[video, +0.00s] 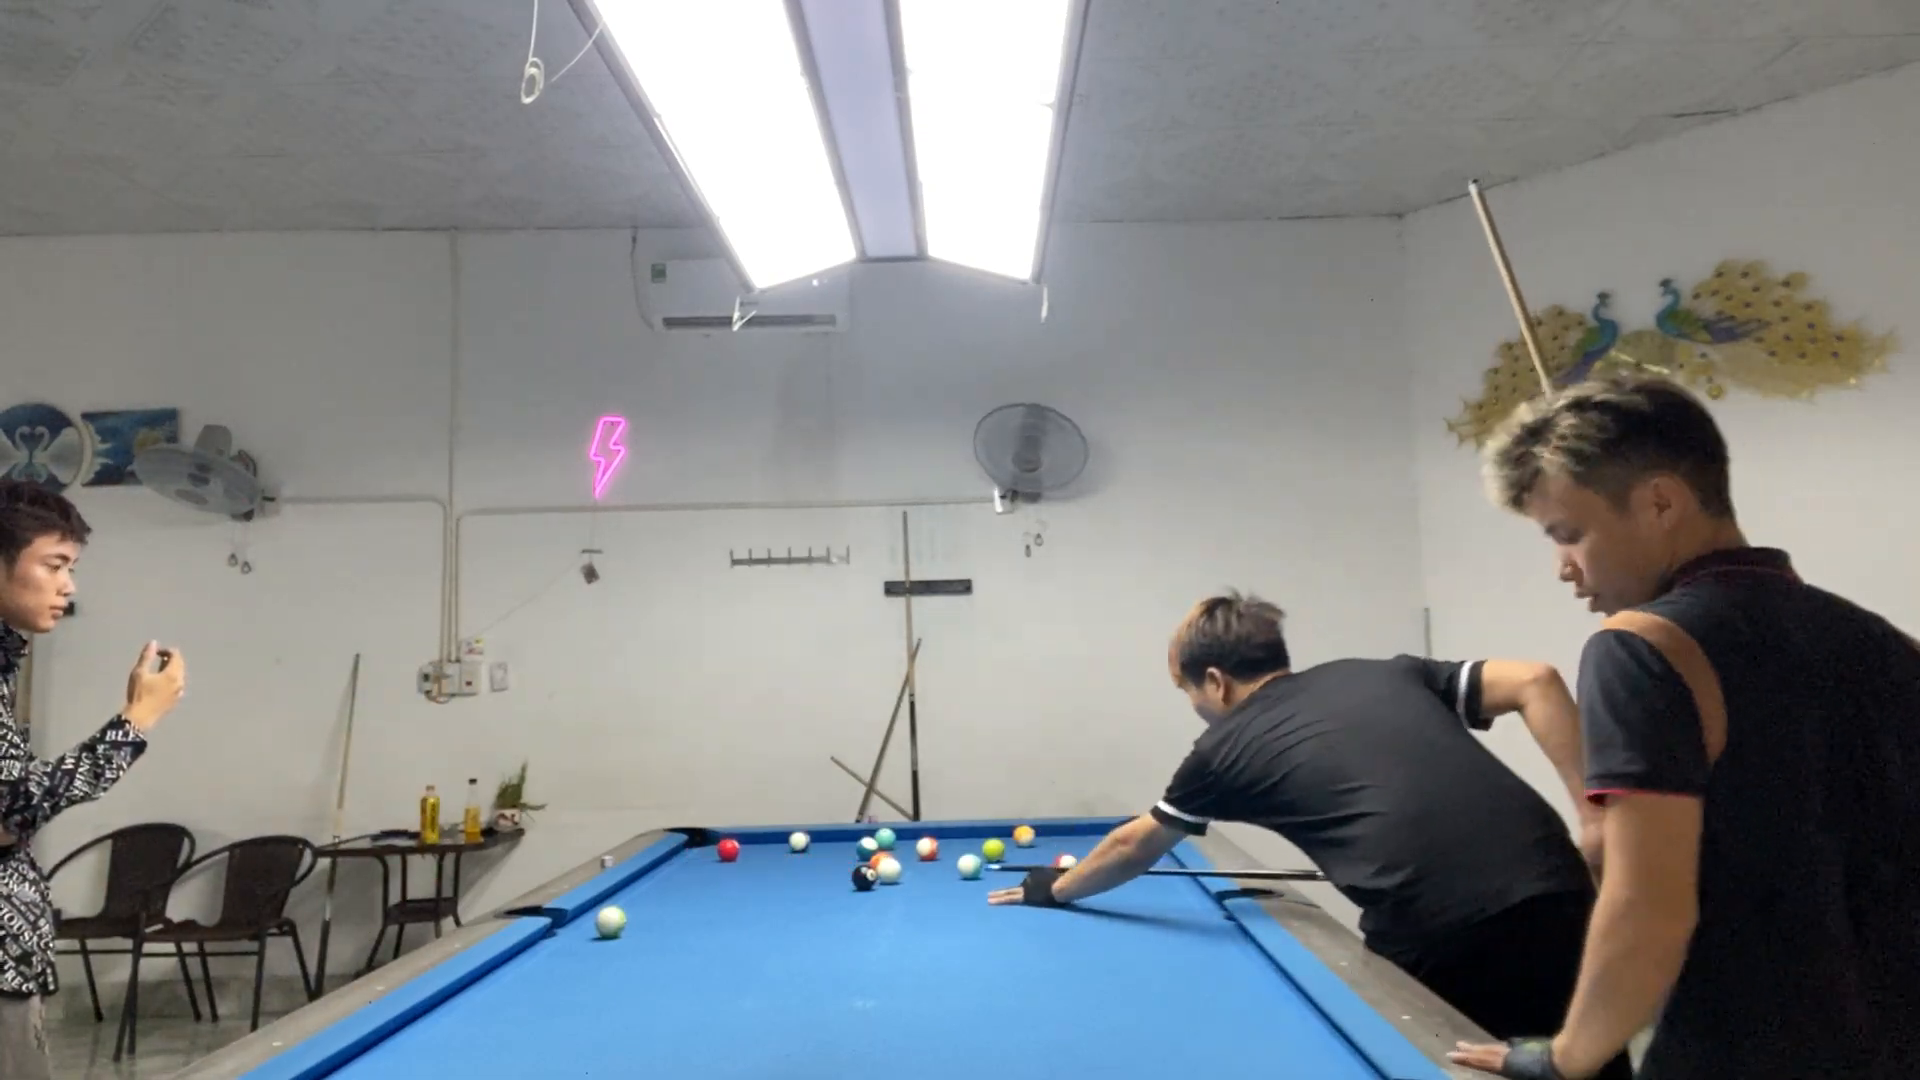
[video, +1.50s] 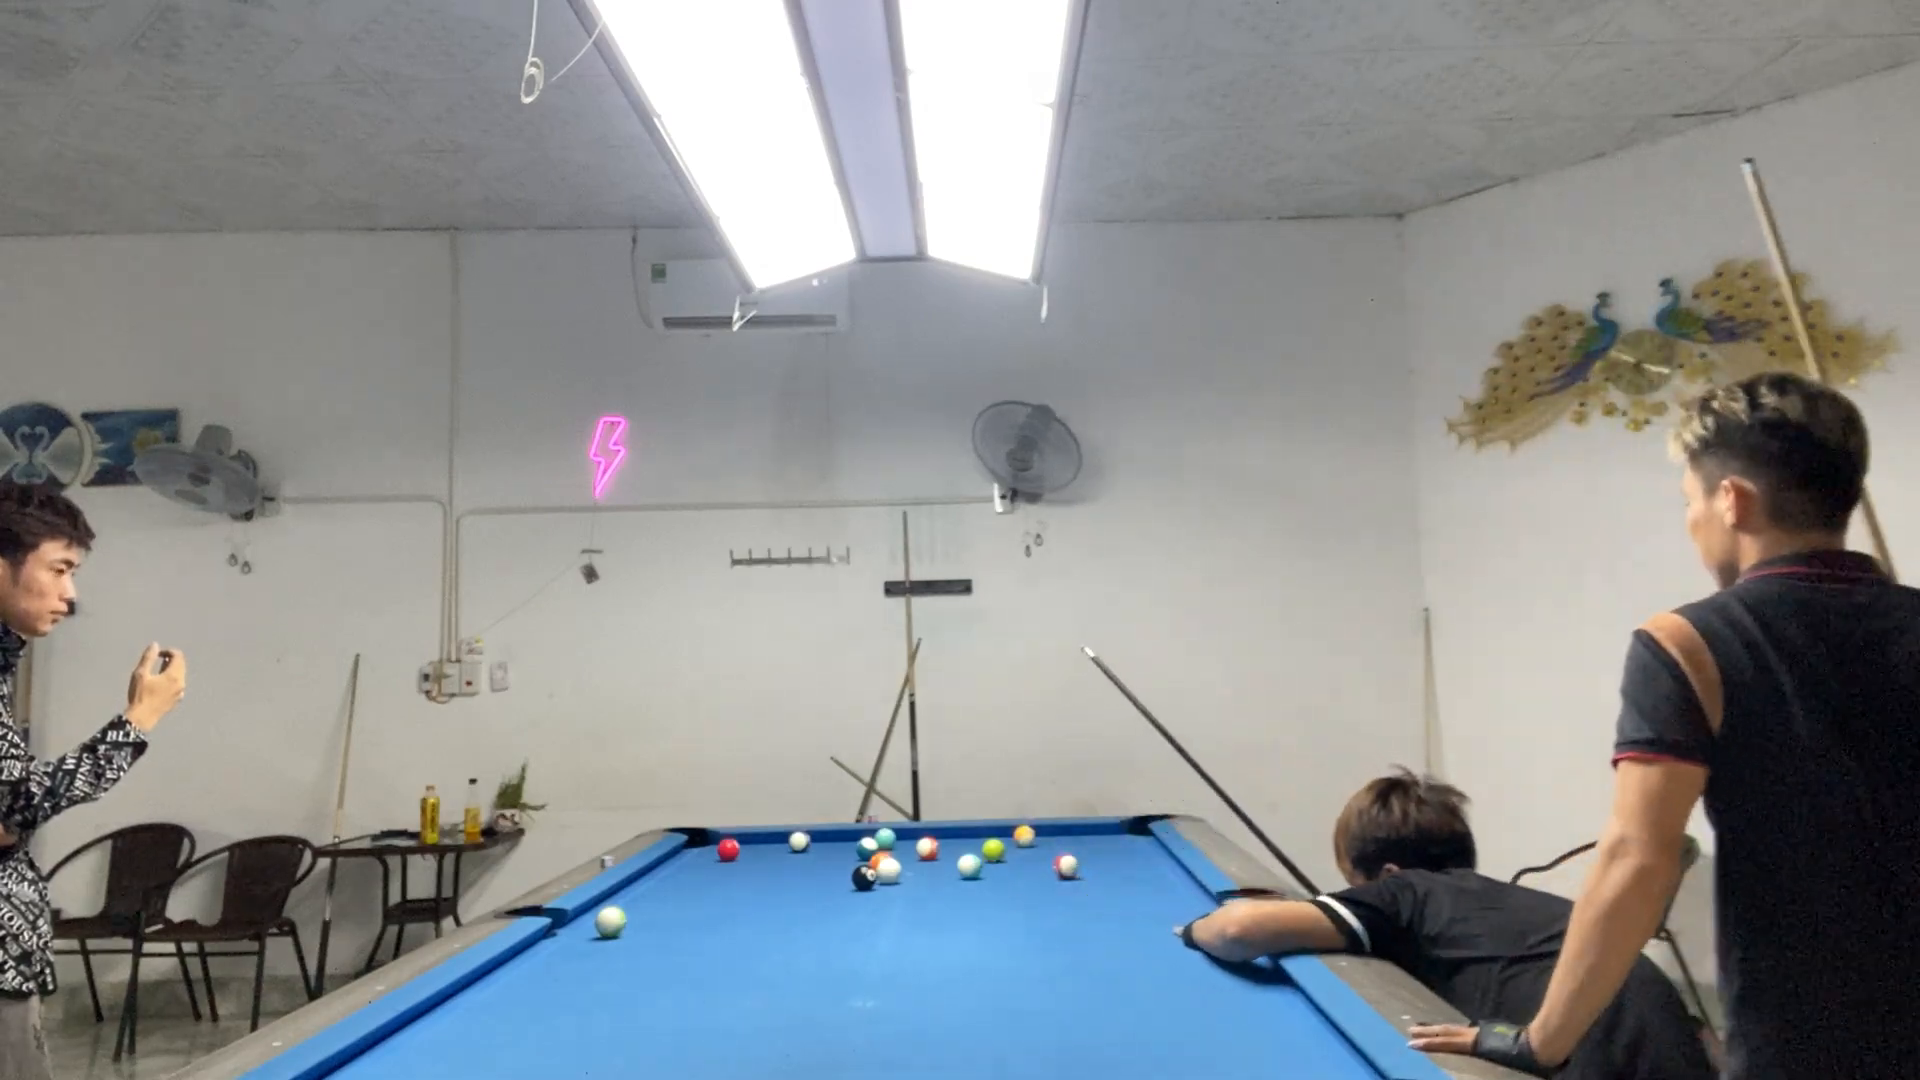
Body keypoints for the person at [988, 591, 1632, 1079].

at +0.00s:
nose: (1196, 713)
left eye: (1191, 698)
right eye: (1190, 699)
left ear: (1219, 684)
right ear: (1278, 660)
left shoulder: (1224, 750)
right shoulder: (1390, 673)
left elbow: (1134, 844)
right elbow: (1537, 681)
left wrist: (1061, 887)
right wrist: (1594, 810)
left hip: (1439, 928)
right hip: (1559, 895)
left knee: (1398, 1057)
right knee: (1583, 1062)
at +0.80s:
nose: (1212, 807)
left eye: (1209, 795)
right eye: (1206, 796)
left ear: (1237, 780)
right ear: (1298, 750)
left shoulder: (1252, 821)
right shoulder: (1415, 754)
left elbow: (1129, 900)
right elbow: (1554, 747)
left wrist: (1048, 895)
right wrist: (1612, 835)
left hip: (1502, 980)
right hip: (1615, 936)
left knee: (1387, 1044)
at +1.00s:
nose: (1261, 835)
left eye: (1259, 823)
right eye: (1254, 825)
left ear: (1286, 806)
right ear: (1354, 776)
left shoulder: (1304, 838)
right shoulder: (1462, 794)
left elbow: (1171, 913)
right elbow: (1573, 825)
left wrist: (1091, 903)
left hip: (1537, 998)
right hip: (1627, 955)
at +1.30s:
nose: (1326, 866)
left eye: (1327, 853)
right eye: (1322, 854)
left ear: (1360, 842)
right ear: (1431, 824)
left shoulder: (1372, 866)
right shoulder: (1511, 862)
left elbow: (1201, 911)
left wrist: (1170, 923)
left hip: (1616, 1040)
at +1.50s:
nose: (1349, 883)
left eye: (1351, 872)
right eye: (1347, 874)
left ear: (1375, 870)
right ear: (1464, 854)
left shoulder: (1406, 893)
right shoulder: (1533, 901)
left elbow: (1236, 928)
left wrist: (1203, 928)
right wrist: (1496, 1038)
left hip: (1598, 1055)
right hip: (1686, 1053)